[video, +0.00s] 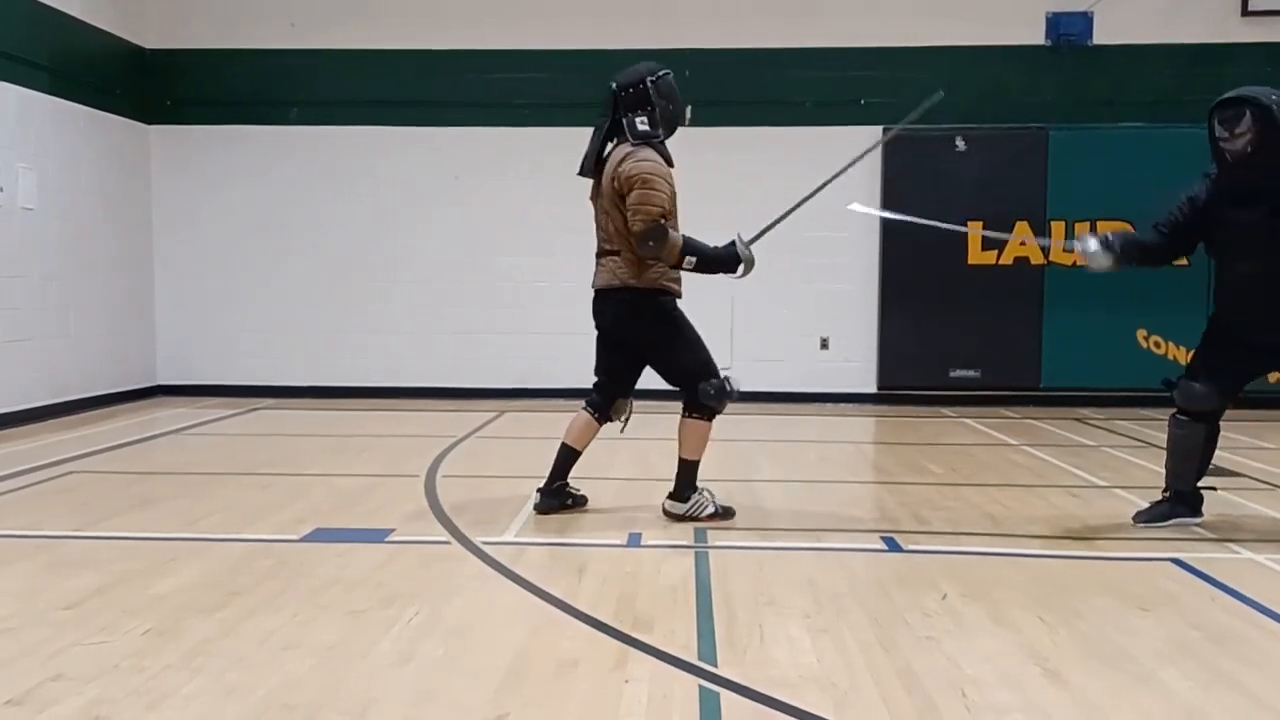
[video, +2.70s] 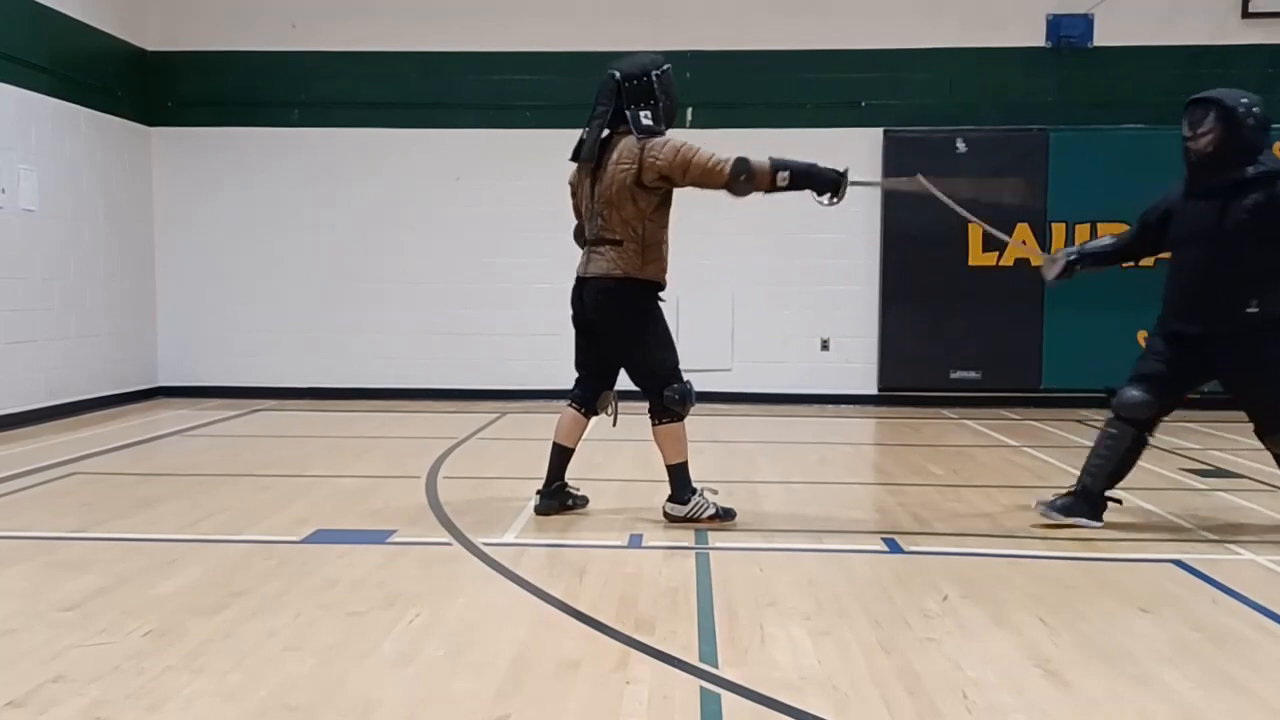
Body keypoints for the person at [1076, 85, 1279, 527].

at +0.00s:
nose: (1226, 136)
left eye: (1239, 127)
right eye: (1222, 128)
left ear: (1267, 132)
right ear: (1216, 134)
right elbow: (1169, 239)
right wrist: (1118, 248)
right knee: (1197, 394)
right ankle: (1181, 496)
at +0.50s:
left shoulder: (1273, 191)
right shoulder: (1272, 189)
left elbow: (1238, 227)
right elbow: (1238, 226)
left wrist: (1163, 237)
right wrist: (1165, 237)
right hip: (1279, 317)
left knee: (1252, 388)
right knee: (1251, 388)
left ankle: (1233, 498)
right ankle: (1232, 497)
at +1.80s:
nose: (1270, 125)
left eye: (1276, 116)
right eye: (1265, 116)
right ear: (1257, 123)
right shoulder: (1254, 178)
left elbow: (1193, 213)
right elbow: (1192, 213)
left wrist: (1114, 219)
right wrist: (1112, 220)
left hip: (1270, 316)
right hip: (1259, 314)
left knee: (1209, 388)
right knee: (1203, 389)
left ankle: (1193, 493)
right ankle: (1193, 494)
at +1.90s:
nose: (1253, 128)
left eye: (1265, 117)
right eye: (1248, 118)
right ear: (1240, 126)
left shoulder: (1269, 184)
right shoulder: (1238, 190)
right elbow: (1174, 224)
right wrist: (1097, 223)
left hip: (1269, 322)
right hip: (1250, 320)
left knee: (1191, 388)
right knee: (1186, 389)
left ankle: (1143, 488)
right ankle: (1142, 490)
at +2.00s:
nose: (1220, 133)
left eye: (1234, 125)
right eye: (1218, 124)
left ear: (1263, 132)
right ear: (1211, 128)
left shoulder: (1271, 189)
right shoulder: (1211, 194)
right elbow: (1144, 225)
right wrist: (1069, 217)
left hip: (1270, 328)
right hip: (1223, 328)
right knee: (1165, 403)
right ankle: (1103, 491)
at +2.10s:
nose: (1179, 144)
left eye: (1193, 134)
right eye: (1178, 134)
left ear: (1224, 141)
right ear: (1171, 138)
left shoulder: (1261, 194)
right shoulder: (1166, 201)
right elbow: (1102, 219)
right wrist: (1036, 202)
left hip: (1251, 341)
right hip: (1179, 343)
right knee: (1124, 405)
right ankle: (1083, 500)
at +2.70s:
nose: (1193, 138)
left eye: (1207, 130)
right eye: (1194, 128)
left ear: (1239, 133)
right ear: (1192, 130)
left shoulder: (1268, 188)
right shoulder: (1190, 195)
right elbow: (1137, 240)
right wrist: (1076, 255)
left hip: (1252, 333)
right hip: (1184, 330)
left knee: (1274, 429)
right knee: (1134, 406)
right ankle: (1087, 496)